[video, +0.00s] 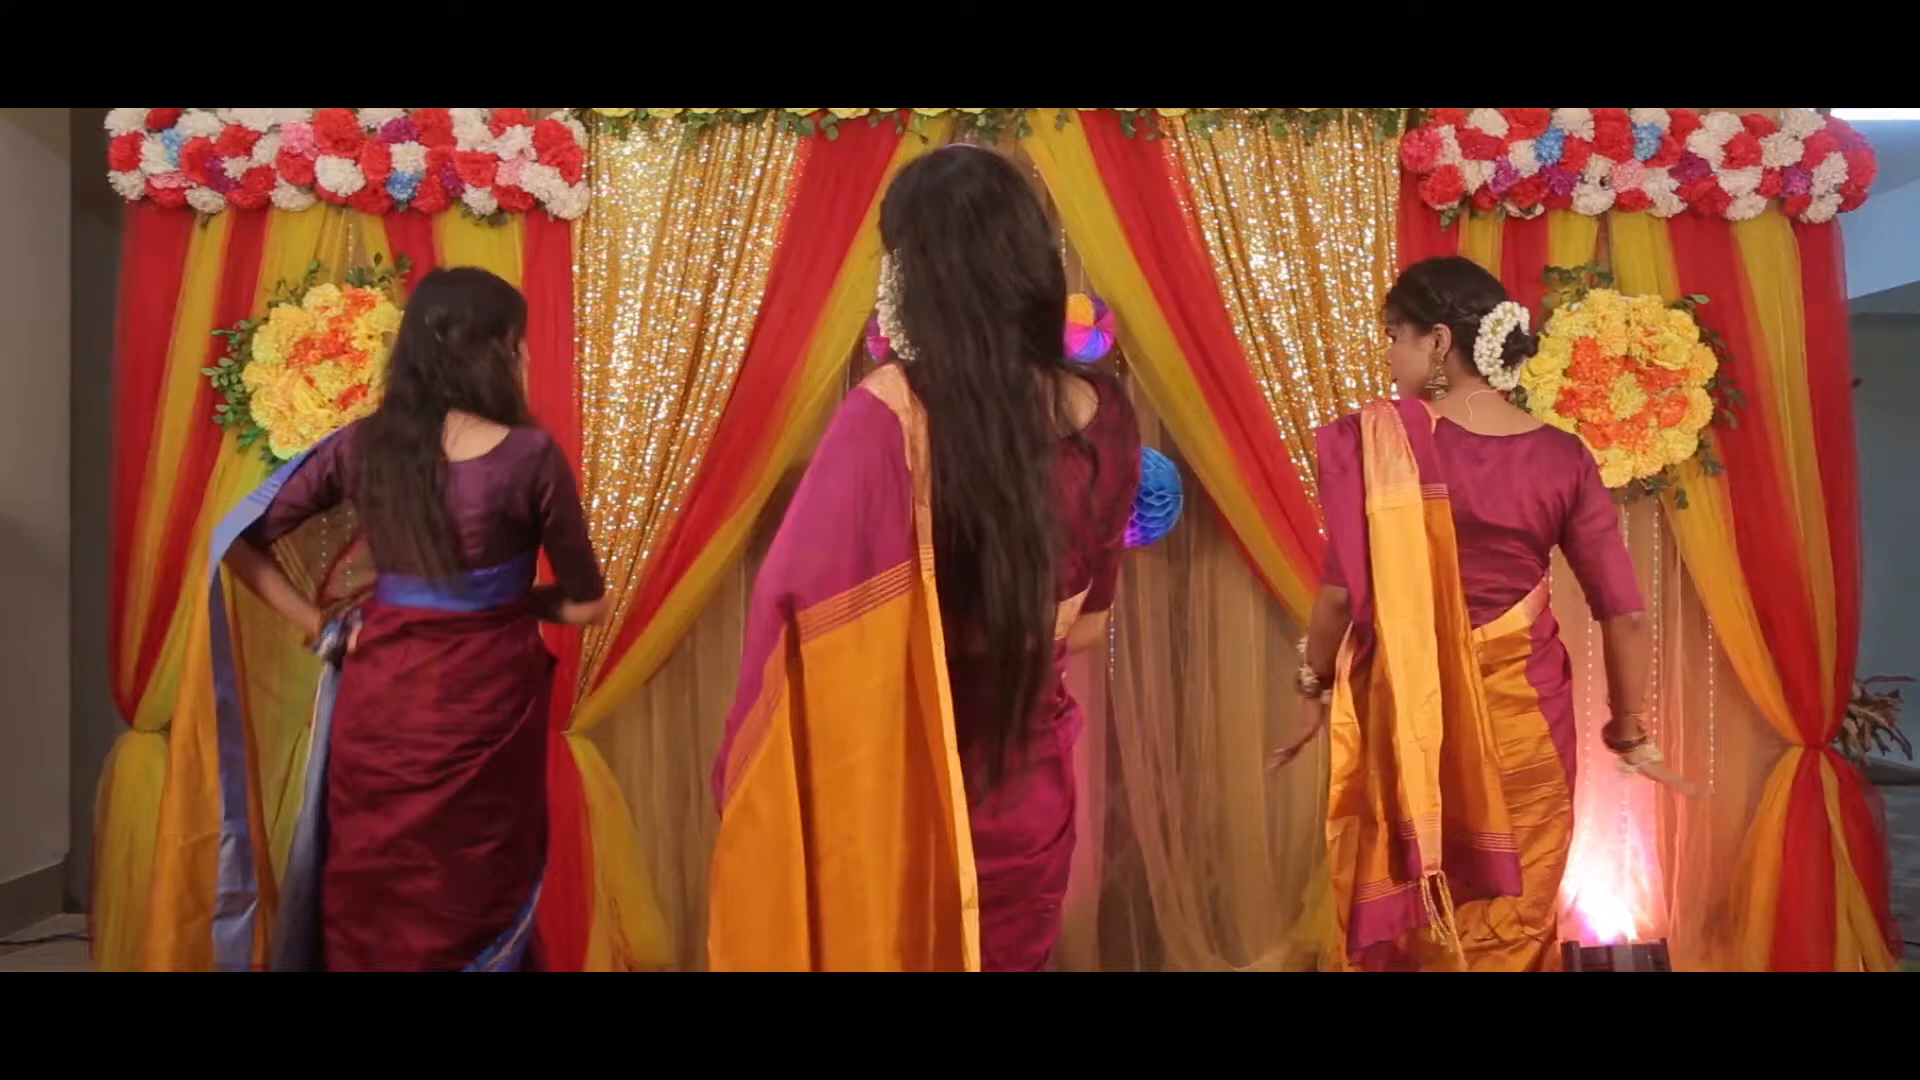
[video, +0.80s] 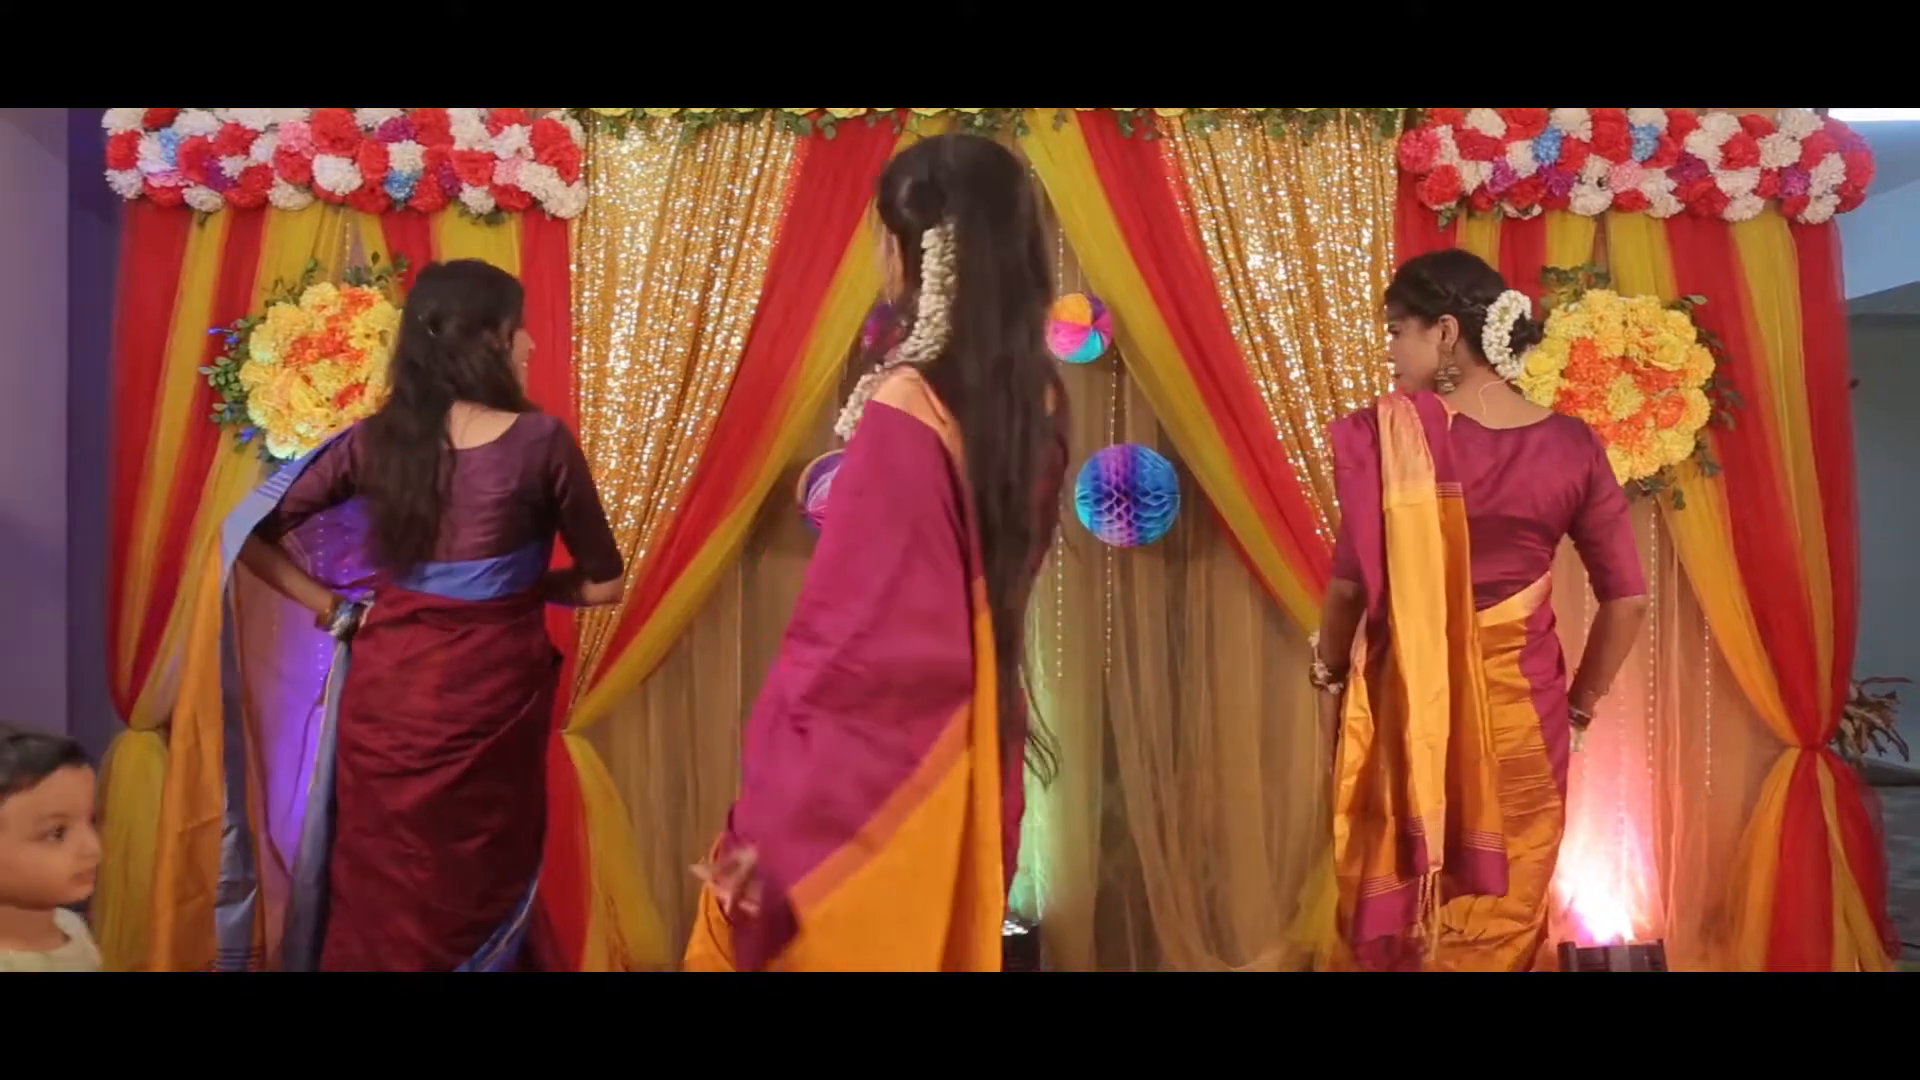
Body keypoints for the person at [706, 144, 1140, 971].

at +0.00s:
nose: (881, 275)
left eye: (888, 252)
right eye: (885, 251)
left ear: (912, 269)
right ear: (1034, 254)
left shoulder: (885, 413)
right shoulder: (1092, 408)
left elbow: (797, 606)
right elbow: (1090, 601)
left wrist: (747, 781)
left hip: (897, 800)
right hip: (1031, 791)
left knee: (896, 956)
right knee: (1015, 957)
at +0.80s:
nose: (880, 265)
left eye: (885, 243)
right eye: (882, 242)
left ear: (912, 256)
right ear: (1011, 248)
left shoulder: (905, 402)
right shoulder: (1041, 392)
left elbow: (853, 631)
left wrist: (760, 820)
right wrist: (866, 479)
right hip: (979, 735)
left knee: (871, 946)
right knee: (951, 943)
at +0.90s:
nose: (865, 261)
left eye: (871, 240)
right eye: (868, 239)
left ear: (907, 260)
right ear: (955, 260)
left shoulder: (912, 420)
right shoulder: (942, 397)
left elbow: (881, 677)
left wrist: (821, 876)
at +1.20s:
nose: (845, 244)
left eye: (867, 224)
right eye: (856, 222)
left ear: (933, 250)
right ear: (925, 251)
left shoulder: (955, 406)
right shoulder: (901, 389)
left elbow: (941, 633)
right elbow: (862, 603)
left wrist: (904, 805)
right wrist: (754, 711)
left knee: (725, 938)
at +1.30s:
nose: (855, 253)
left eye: (883, 229)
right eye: (862, 230)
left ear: (959, 254)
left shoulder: (978, 406)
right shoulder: (896, 401)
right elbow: (870, 595)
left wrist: (917, 745)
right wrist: (771, 658)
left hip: (874, 827)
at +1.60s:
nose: (920, 285)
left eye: (956, 267)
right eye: (913, 264)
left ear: (1020, 296)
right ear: (893, 285)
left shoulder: (1030, 417)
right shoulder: (898, 434)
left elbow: (1162, 607)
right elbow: (820, 612)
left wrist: (974, 723)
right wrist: (799, 674)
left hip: (921, 789)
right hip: (841, 775)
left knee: (764, 954)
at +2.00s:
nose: (961, 294)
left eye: (992, 279)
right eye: (944, 268)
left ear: (1023, 306)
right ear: (908, 281)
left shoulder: (1042, 419)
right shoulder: (862, 442)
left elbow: (1180, 591)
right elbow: (770, 611)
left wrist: (1061, 706)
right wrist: (850, 679)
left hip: (969, 760)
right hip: (849, 765)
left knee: (893, 951)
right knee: (853, 951)